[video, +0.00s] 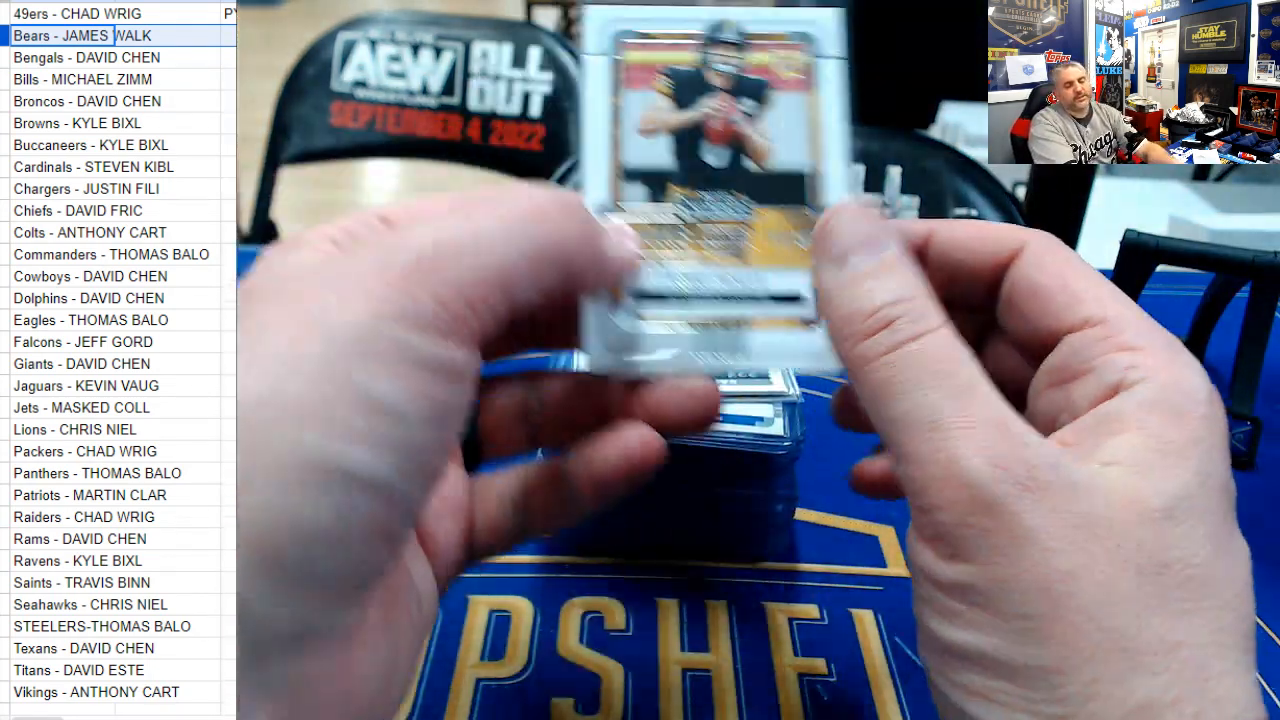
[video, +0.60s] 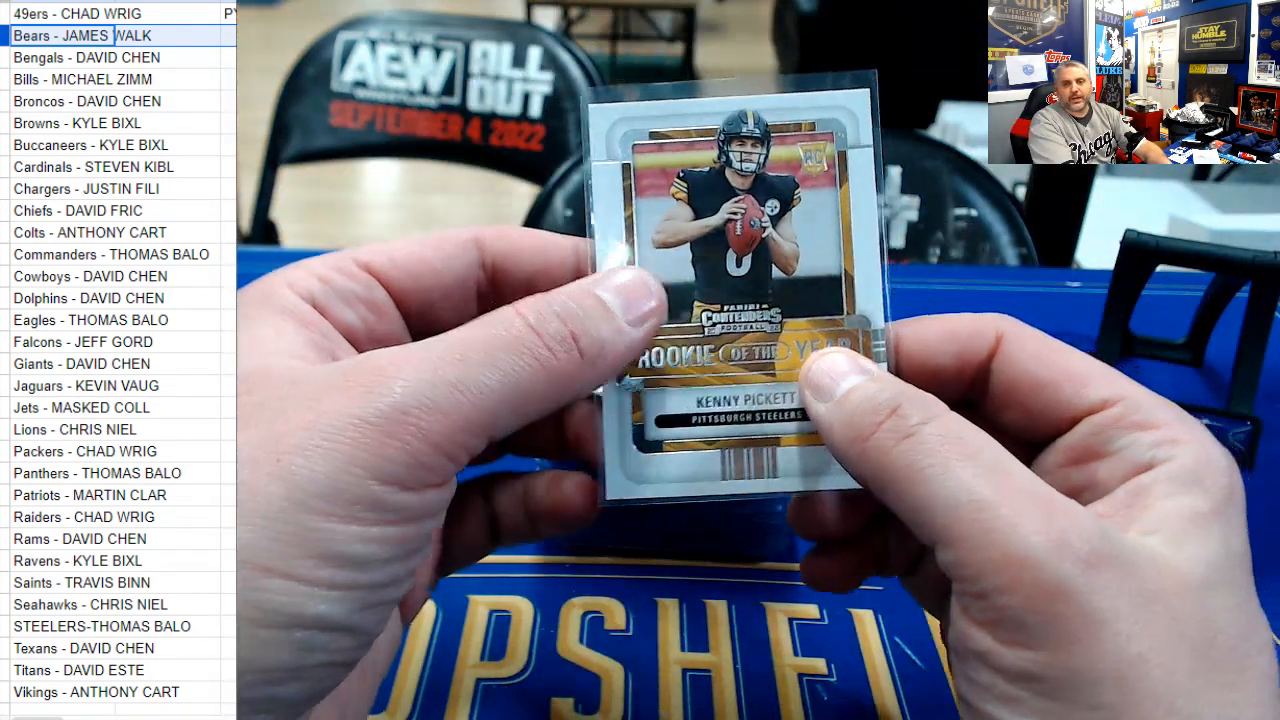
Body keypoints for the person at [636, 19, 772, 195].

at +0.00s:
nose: (725, 56)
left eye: (732, 50)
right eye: (719, 49)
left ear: (741, 55)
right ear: (706, 51)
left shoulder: (753, 91)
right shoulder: (678, 81)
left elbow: (763, 157)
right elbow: (647, 125)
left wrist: (738, 121)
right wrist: (698, 114)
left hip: (733, 195)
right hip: (687, 192)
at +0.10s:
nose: (760, 64)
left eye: (766, 58)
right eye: (752, 57)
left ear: (776, 62)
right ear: (736, 59)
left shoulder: (789, 106)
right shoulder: (707, 101)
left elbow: (801, 183)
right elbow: (672, 156)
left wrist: (781, 151)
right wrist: (727, 138)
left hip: (772, 232)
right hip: (723, 232)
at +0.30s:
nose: (753, 123)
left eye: (760, 117)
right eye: (746, 116)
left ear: (770, 122)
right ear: (730, 118)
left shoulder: (782, 165)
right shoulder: (702, 158)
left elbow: (795, 239)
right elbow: (668, 210)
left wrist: (774, 207)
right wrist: (720, 193)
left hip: (766, 286)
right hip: (717, 286)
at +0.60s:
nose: (748, 151)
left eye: (755, 145)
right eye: (740, 144)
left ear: (765, 149)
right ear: (724, 146)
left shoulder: (777, 192)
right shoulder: (696, 185)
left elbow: (789, 266)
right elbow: (661, 237)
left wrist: (769, 233)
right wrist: (714, 221)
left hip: (761, 315)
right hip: (710, 315)